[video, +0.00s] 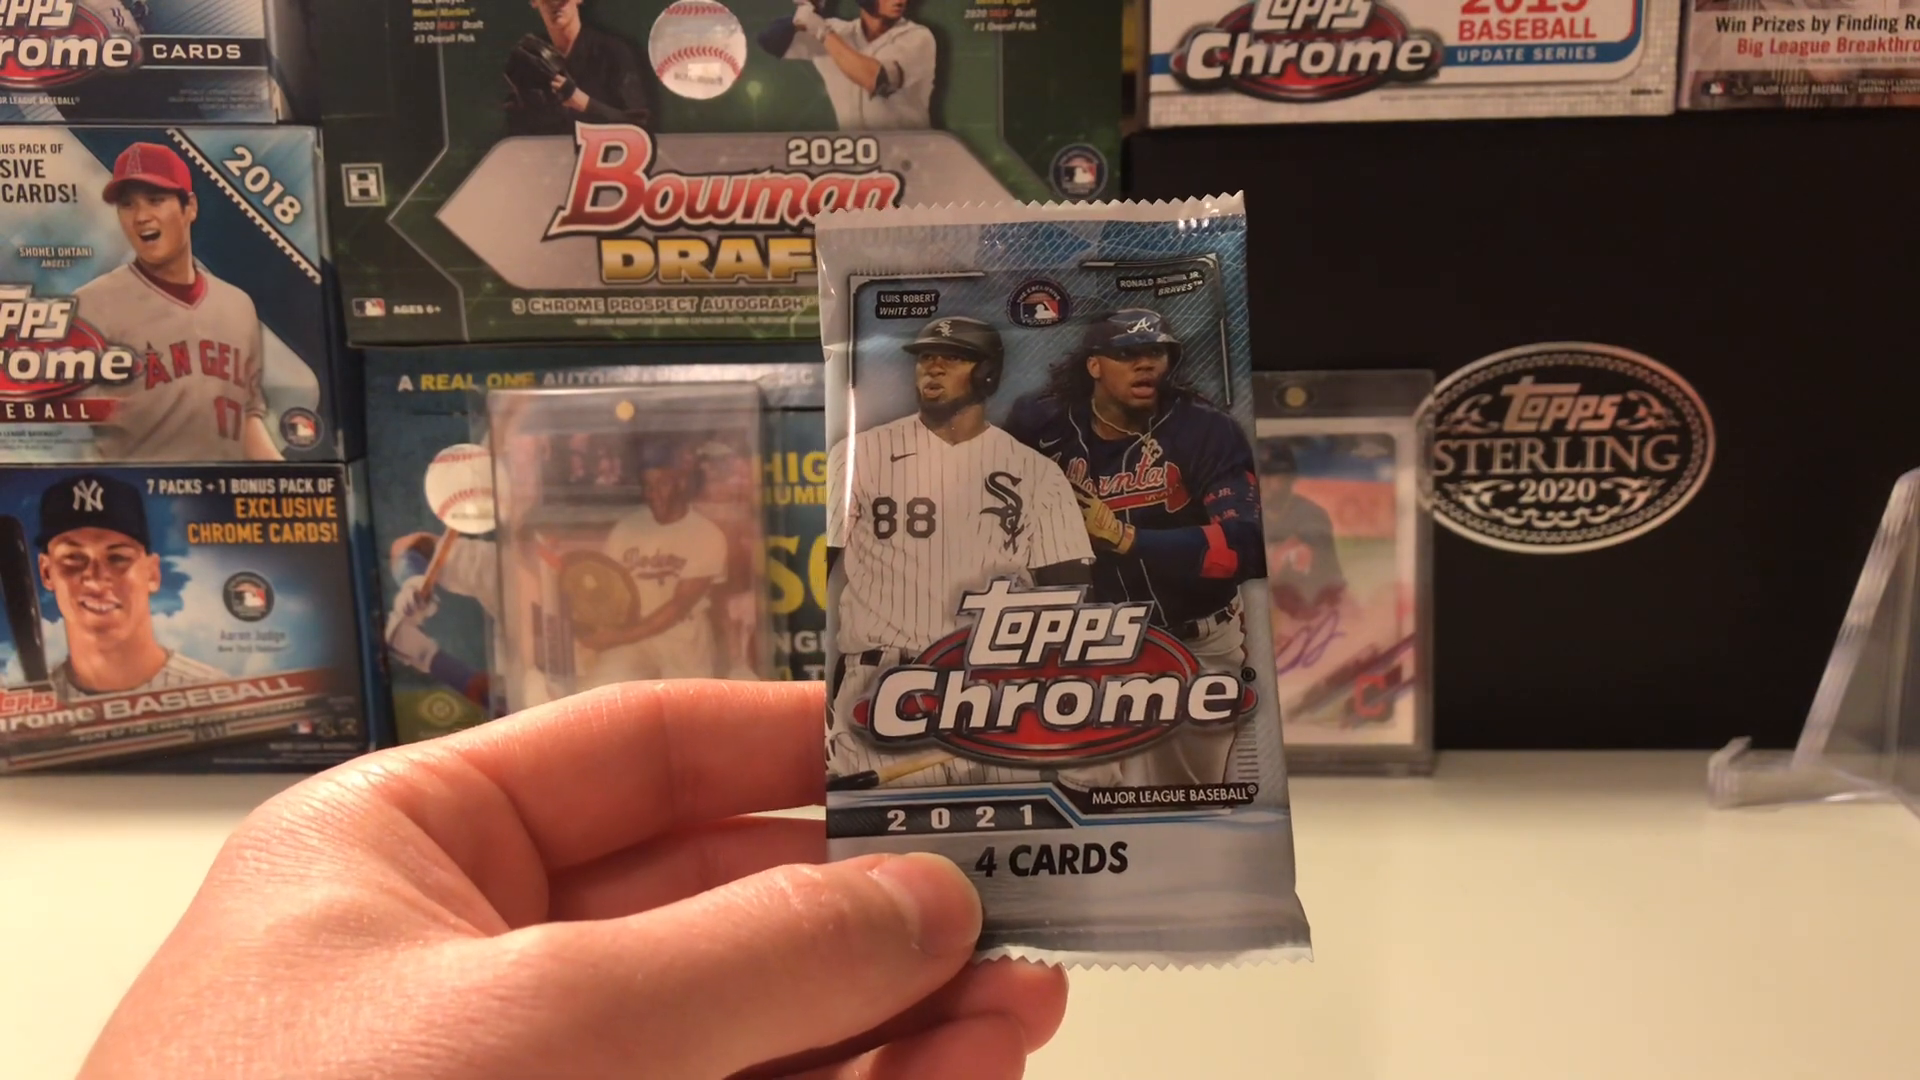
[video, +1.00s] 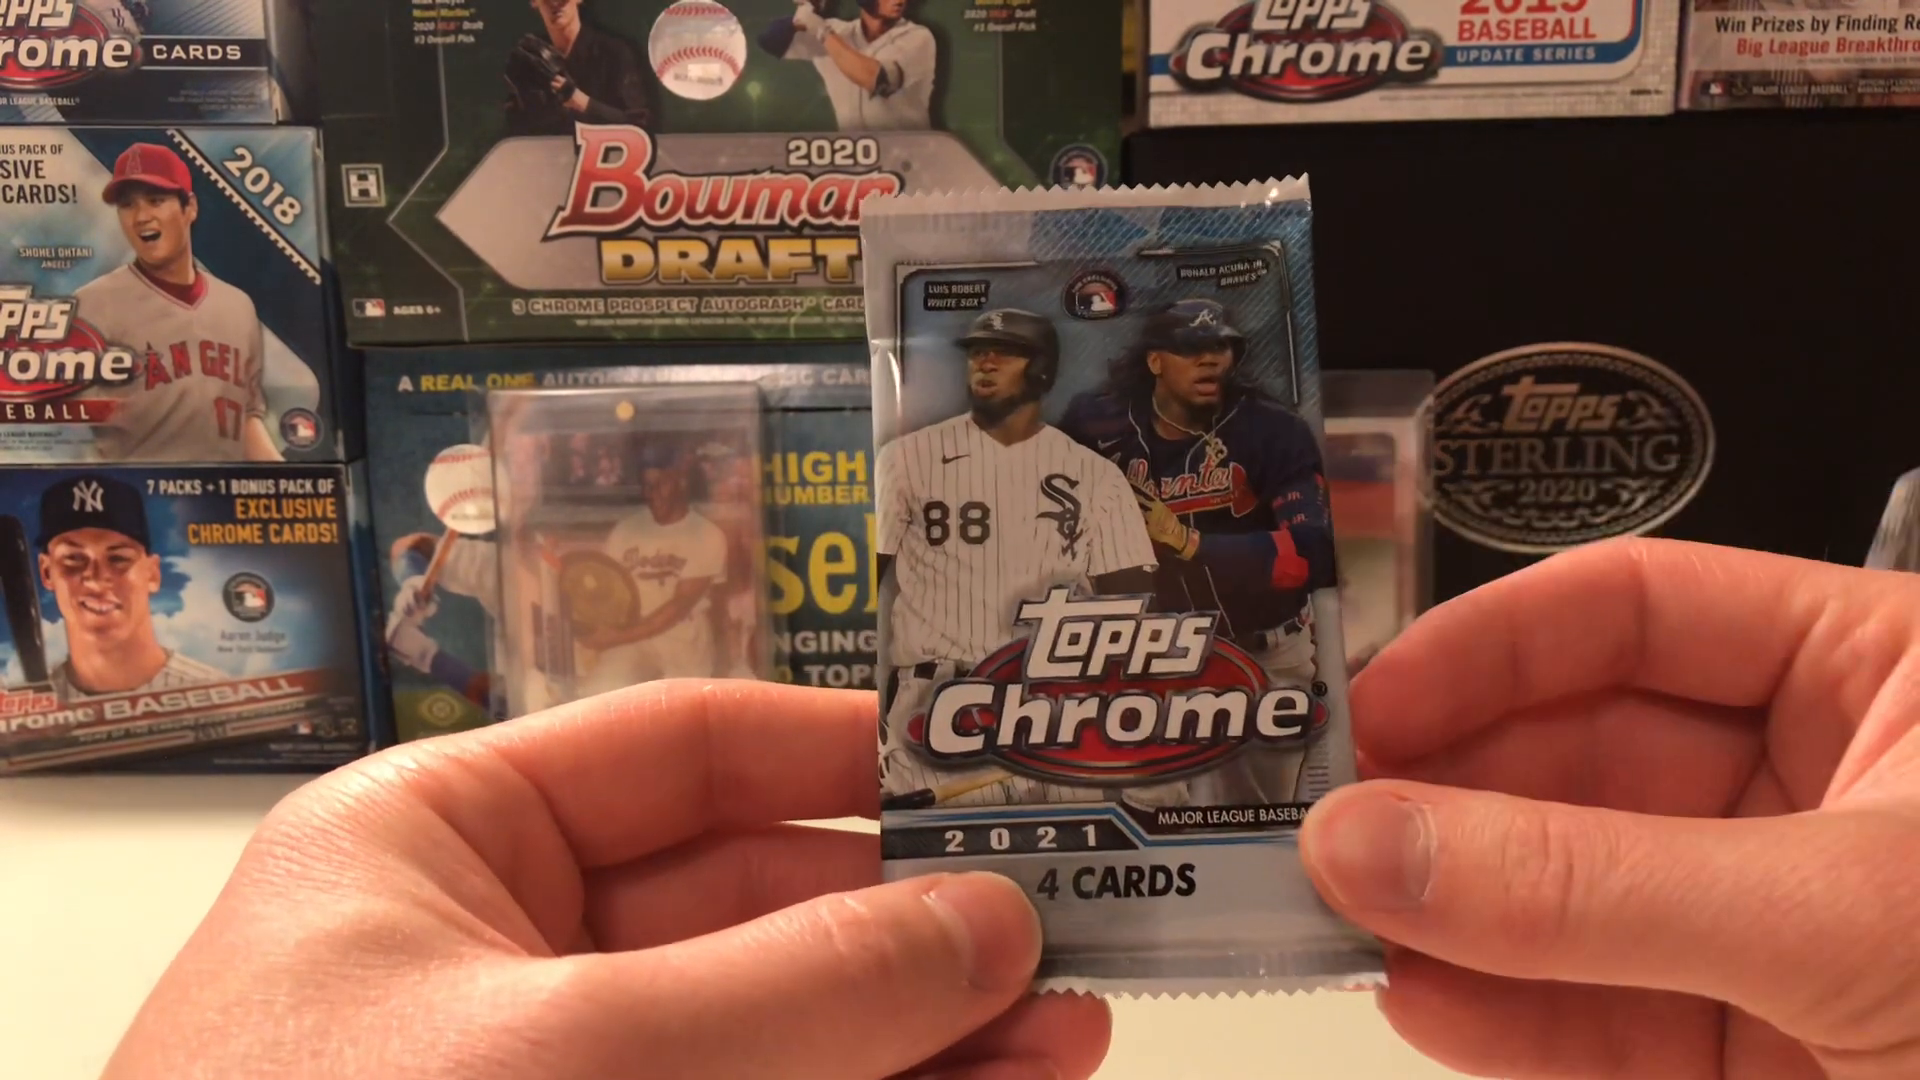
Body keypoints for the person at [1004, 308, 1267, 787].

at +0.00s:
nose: (1148, 365)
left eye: (1157, 353)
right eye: (1130, 354)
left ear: (1170, 361)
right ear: (1094, 366)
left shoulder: (1208, 432)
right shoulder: (1042, 426)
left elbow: (1242, 548)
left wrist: (1126, 538)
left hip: (1197, 639)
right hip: (1086, 642)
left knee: (1192, 809)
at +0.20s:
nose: (1172, 367)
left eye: (1181, 354)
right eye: (1154, 356)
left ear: (1194, 362)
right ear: (1118, 367)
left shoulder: (1233, 435)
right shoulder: (1066, 431)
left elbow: (1269, 552)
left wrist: (1155, 543)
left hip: (1225, 641)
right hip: (1111, 643)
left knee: (1232, 807)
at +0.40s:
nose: (1178, 369)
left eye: (1187, 356)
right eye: (1160, 358)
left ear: (1199, 364)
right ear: (1124, 370)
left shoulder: (1240, 437)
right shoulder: (1074, 433)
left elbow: (1277, 552)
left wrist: (1162, 543)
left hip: (1237, 641)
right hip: (1126, 644)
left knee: (1234, 806)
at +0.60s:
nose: (1192, 370)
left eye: (1200, 357)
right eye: (1174, 358)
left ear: (1213, 366)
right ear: (1138, 371)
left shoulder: (1254, 440)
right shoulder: (1086, 434)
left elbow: (1288, 555)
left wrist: (1174, 546)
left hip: (1248, 645)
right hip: (1134, 648)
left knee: (1242, 813)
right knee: (1135, 808)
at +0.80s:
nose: (1199, 369)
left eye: (1208, 356)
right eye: (1181, 357)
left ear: (1221, 364)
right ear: (1145, 370)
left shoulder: (1261, 439)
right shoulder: (1094, 435)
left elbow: (1298, 552)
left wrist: (1182, 545)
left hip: (1258, 645)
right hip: (1145, 652)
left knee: (1264, 812)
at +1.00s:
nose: (1213, 361)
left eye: (1221, 347)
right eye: (1194, 349)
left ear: (1234, 355)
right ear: (1155, 362)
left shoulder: (1274, 433)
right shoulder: (1097, 424)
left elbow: (1312, 557)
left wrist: (1191, 543)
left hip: (1264, 646)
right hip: (1143, 649)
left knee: (1265, 815)